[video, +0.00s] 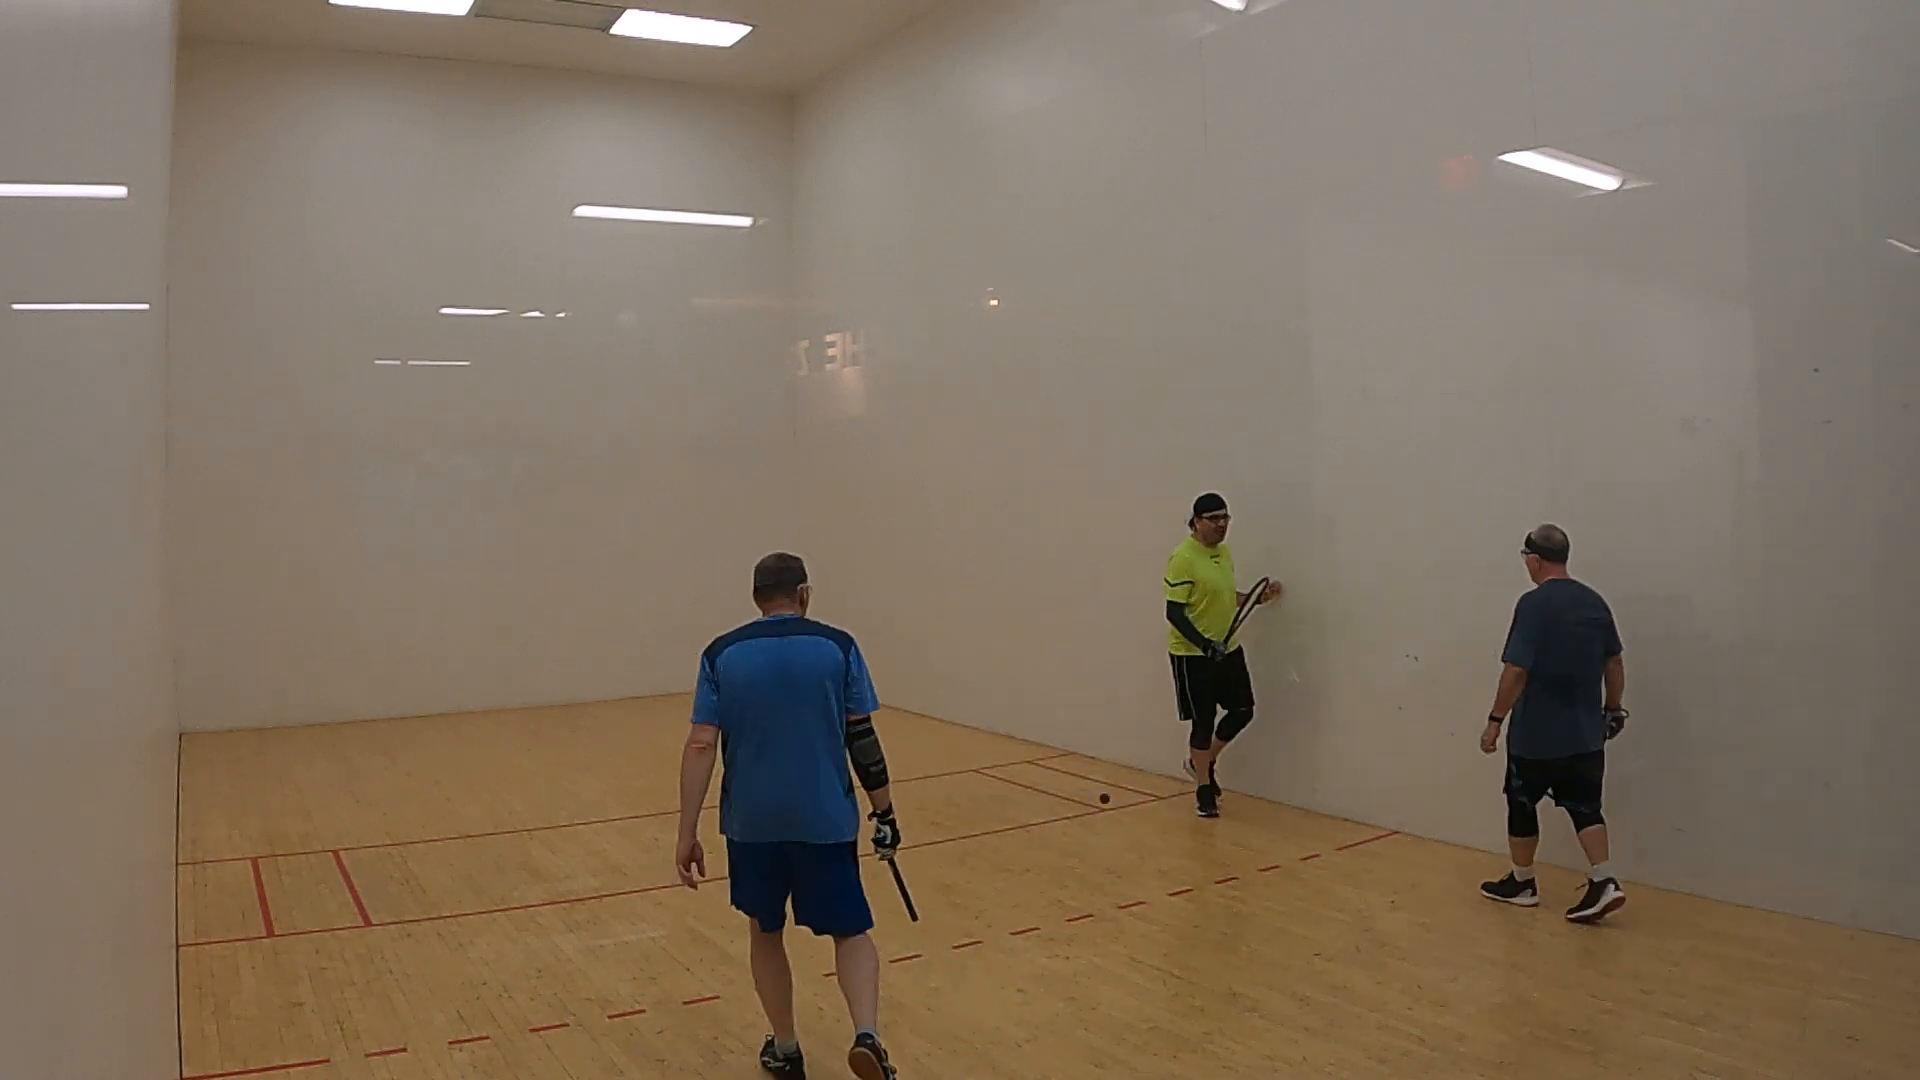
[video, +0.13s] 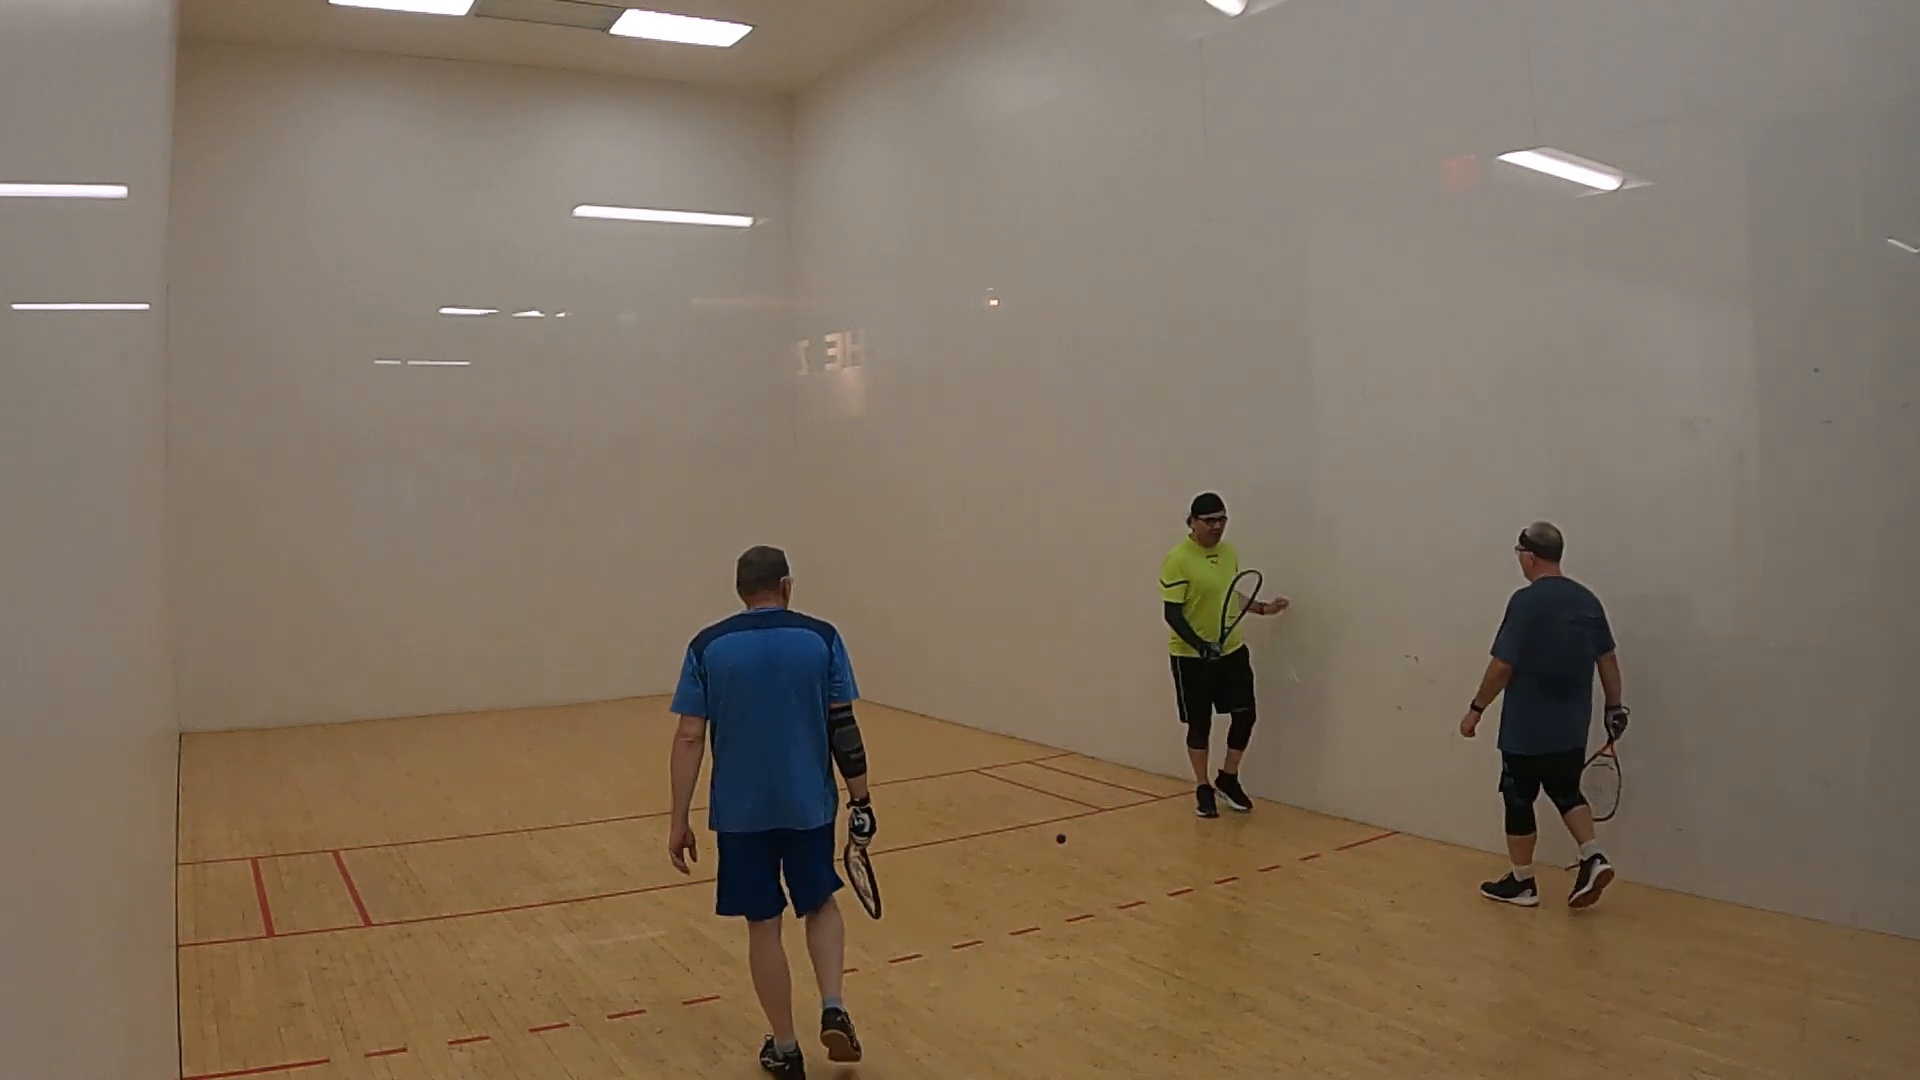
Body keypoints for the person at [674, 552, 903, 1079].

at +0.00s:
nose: (810, 602)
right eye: (810, 596)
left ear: (755, 599)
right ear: (804, 595)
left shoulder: (721, 652)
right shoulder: (838, 646)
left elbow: (700, 744)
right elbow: (862, 741)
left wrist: (687, 832)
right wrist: (885, 815)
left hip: (752, 827)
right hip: (825, 826)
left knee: (765, 929)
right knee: (851, 932)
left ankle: (785, 1048)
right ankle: (866, 1035)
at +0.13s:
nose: (790, 594)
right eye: (790, 586)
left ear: (739, 592)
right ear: (786, 587)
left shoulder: (708, 644)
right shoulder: (821, 638)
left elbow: (689, 736)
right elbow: (844, 733)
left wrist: (679, 818)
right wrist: (860, 802)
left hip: (742, 816)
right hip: (809, 810)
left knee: (763, 926)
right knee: (820, 903)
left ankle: (785, 1047)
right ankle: (833, 1005)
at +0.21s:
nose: (779, 594)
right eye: (779, 586)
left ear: (730, 591)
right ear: (776, 587)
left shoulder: (701, 643)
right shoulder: (811, 636)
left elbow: (684, 737)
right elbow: (834, 726)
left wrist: (677, 811)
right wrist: (851, 797)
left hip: (737, 811)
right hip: (800, 805)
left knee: (761, 921)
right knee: (801, 895)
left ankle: (785, 1047)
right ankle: (806, 1001)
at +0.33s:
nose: (762, 598)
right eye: (764, 590)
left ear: (717, 597)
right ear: (762, 590)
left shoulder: (691, 648)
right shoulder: (798, 638)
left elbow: (678, 738)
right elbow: (822, 723)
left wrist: (674, 802)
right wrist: (840, 793)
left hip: (729, 806)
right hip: (788, 800)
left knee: (759, 916)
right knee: (776, 887)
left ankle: (786, 1042)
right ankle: (760, 979)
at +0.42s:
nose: (748, 602)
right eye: (754, 593)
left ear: (711, 599)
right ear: (755, 593)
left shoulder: (686, 648)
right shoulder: (791, 639)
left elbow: (674, 734)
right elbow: (816, 720)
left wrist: (671, 796)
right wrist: (835, 790)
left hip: (724, 800)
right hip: (780, 796)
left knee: (750, 910)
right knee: (753, 889)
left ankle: (782, 1033)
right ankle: (738, 973)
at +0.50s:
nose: (744, 598)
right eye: (750, 589)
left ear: (708, 595)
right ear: (751, 589)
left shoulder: (684, 642)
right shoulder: (785, 636)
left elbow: (672, 725)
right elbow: (808, 716)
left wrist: (667, 788)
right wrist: (828, 785)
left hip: (714, 792)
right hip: (770, 790)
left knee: (725, 898)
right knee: (751, 887)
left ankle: (767, 1003)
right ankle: (736, 974)